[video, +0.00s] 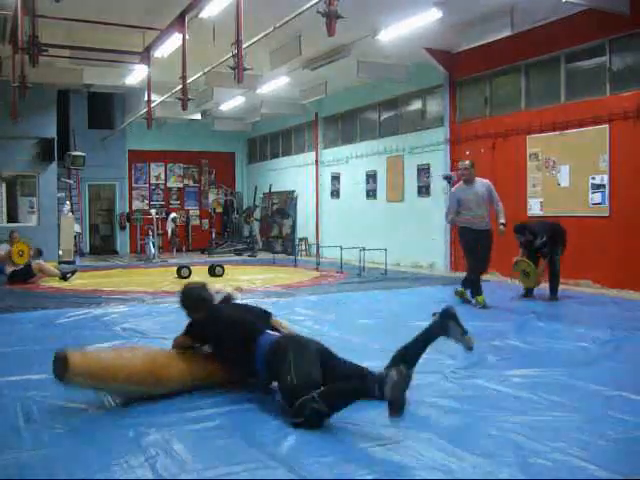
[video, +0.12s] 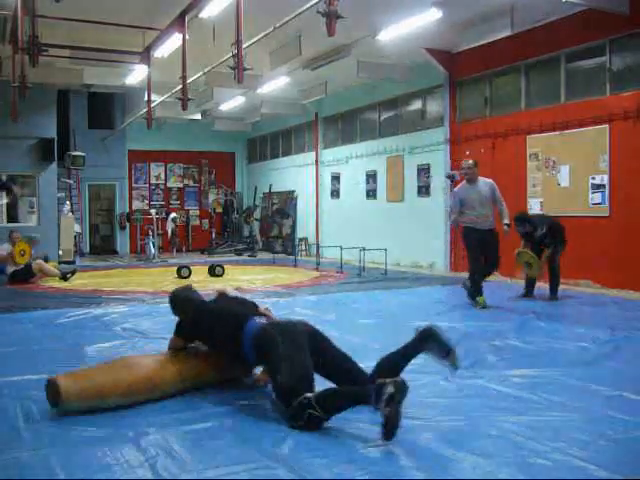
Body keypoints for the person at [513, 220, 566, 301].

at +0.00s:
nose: (520, 240)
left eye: (520, 238)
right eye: (518, 238)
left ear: (526, 234)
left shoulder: (541, 235)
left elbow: (545, 257)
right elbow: (522, 246)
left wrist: (539, 275)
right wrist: (520, 257)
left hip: (555, 238)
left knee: (554, 267)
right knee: (530, 263)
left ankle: (553, 293)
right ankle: (528, 290)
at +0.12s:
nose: (518, 230)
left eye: (519, 227)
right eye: (517, 228)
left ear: (526, 225)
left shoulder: (542, 226)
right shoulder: (524, 228)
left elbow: (550, 246)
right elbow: (526, 240)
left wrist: (542, 264)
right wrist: (523, 252)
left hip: (555, 238)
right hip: (538, 239)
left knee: (553, 263)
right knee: (531, 261)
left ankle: (553, 293)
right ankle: (528, 290)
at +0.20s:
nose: (518, 216)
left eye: (519, 213)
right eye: (517, 213)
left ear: (526, 212)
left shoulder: (543, 217)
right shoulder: (523, 219)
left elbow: (554, 234)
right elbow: (526, 230)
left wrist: (545, 249)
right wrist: (523, 240)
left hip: (554, 236)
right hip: (538, 236)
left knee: (552, 262)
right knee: (532, 262)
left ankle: (553, 293)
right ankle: (529, 290)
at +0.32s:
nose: (516, 201)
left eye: (518, 198)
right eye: (516, 198)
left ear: (526, 198)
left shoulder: (543, 206)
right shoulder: (523, 211)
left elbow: (556, 219)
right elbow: (526, 226)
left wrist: (546, 235)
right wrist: (531, 237)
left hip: (553, 236)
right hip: (537, 236)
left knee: (552, 262)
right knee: (533, 263)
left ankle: (553, 292)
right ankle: (529, 290)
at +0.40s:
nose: (518, 192)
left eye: (520, 189)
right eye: (517, 189)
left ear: (528, 189)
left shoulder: (544, 199)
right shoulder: (523, 202)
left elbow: (559, 209)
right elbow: (524, 217)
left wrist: (548, 222)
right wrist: (525, 226)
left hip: (551, 236)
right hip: (535, 236)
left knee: (551, 264)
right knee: (532, 265)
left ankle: (553, 293)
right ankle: (529, 292)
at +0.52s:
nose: (520, 185)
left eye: (522, 182)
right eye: (519, 182)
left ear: (531, 183)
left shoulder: (545, 197)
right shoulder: (523, 198)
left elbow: (558, 208)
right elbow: (521, 213)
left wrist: (548, 219)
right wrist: (524, 221)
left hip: (549, 235)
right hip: (532, 234)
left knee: (550, 265)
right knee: (531, 265)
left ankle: (552, 293)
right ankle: (529, 293)